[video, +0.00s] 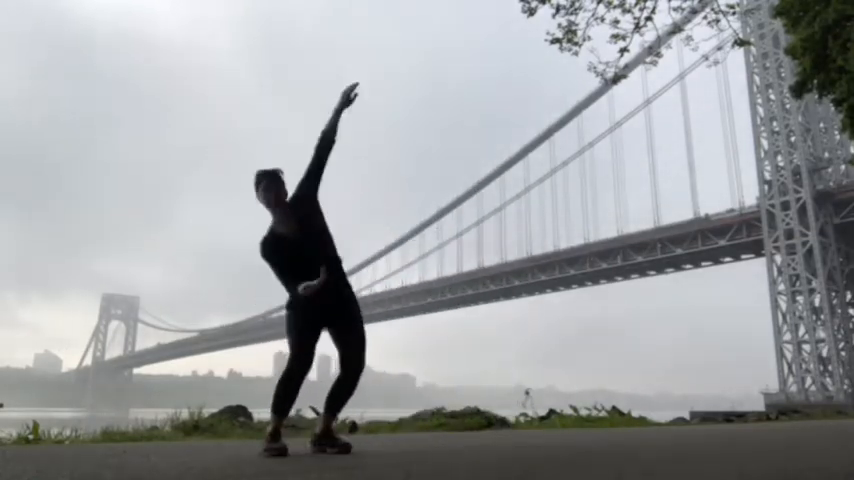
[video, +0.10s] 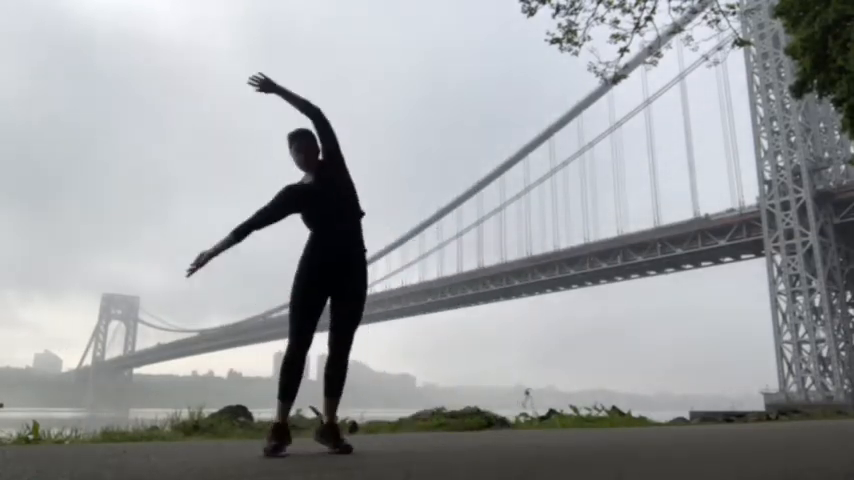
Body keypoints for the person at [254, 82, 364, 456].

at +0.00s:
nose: (275, 190)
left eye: (278, 184)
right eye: (268, 188)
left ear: (285, 187)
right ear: (260, 197)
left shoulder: (306, 198)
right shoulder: (270, 245)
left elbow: (324, 148)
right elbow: (291, 286)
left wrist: (339, 109)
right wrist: (310, 287)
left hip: (338, 291)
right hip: (304, 303)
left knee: (353, 366)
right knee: (299, 363)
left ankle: (324, 433)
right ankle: (274, 433)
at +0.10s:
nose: (304, 152)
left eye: (307, 145)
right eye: (297, 148)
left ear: (319, 147)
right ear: (292, 157)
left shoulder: (336, 171)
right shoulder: (295, 194)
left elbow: (318, 117)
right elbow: (253, 224)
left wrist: (277, 90)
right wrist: (213, 251)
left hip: (351, 266)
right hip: (316, 267)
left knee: (341, 349)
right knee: (298, 345)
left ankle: (329, 425)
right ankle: (281, 425)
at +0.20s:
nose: (302, 141)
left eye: (306, 135)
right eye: (301, 136)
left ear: (320, 138)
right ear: (314, 142)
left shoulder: (331, 168)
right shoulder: (301, 174)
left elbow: (325, 115)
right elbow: (284, 151)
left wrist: (289, 111)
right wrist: (271, 122)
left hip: (330, 263)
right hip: (304, 265)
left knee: (364, 338)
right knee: (286, 348)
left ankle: (397, 410)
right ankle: (289, 428)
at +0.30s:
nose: (337, 196)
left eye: (345, 192)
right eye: (335, 191)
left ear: (355, 201)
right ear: (330, 195)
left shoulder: (353, 237)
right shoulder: (323, 218)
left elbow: (305, 263)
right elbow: (298, 197)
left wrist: (293, 251)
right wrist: (295, 187)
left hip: (377, 314)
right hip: (347, 317)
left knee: (412, 374)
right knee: (287, 354)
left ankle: (473, 432)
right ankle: (290, 435)